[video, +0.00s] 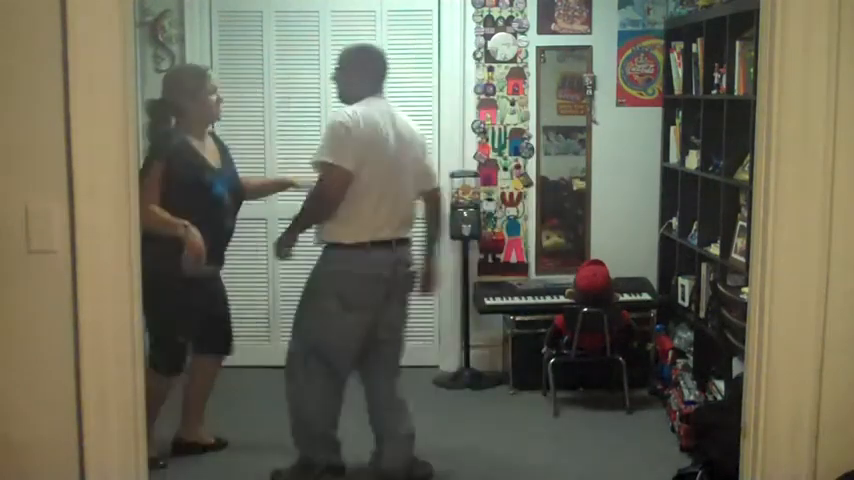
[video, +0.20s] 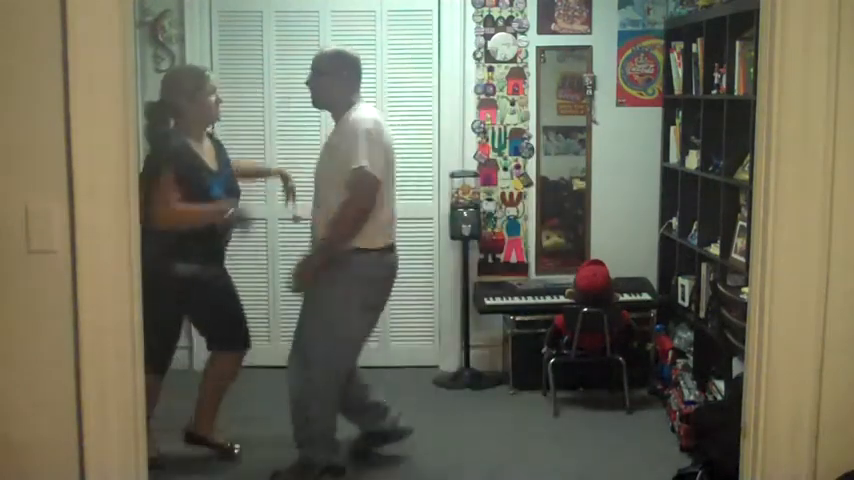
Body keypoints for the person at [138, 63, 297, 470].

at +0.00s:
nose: (220, 98)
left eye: (217, 91)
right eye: (211, 93)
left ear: (201, 101)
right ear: (186, 102)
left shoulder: (214, 144)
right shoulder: (166, 147)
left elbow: (235, 190)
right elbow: (144, 209)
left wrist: (282, 183)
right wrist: (185, 229)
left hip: (204, 267)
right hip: (166, 268)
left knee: (213, 344)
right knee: (168, 356)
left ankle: (191, 433)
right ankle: (142, 440)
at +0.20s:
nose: (218, 99)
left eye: (216, 92)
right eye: (210, 94)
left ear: (195, 103)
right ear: (185, 103)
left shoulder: (210, 142)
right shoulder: (166, 151)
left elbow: (225, 172)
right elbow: (162, 214)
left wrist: (275, 171)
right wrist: (217, 212)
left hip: (206, 266)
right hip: (166, 268)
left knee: (231, 343)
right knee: (153, 360)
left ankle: (202, 428)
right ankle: (139, 440)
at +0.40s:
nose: (227, 99)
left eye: (225, 92)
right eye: (218, 94)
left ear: (214, 98)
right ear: (194, 103)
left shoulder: (226, 137)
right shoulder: (187, 148)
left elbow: (262, 138)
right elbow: (220, 205)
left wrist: (298, 125)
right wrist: (256, 182)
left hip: (221, 267)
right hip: (179, 270)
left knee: (229, 354)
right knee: (193, 360)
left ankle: (207, 445)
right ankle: (145, 428)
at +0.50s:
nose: (238, 96)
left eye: (236, 89)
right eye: (229, 91)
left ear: (225, 97)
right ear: (204, 101)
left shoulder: (243, 134)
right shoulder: (192, 146)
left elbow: (280, 155)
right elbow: (213, 202)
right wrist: (262, 178)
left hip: (231, 258)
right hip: (193, 261)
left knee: (230, 350)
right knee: (224, 351)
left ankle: (207, 441)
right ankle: (203, 444)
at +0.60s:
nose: (251, 95)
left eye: (250, 88)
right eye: (242, 90)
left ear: (245, 95)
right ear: (216, 100)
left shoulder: (258, 136)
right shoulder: (205, 143)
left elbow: (293, 156)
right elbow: (203, 194)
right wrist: (249, 181)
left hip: (241, 260)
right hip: (204, 260)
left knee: (223, 357)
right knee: (256, 348)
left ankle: (206, 444)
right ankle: (267, 448)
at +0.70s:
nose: (269, 98)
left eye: (267, 91)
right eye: (260, 92)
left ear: (257, 99)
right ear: (235, 103)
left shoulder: (271, 138)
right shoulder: (220, 150)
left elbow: (288, 184)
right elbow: (197, 197)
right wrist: (212, 183)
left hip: (255, 264)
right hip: (223, 267)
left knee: (230, 360)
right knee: (283, 349)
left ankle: (207, 445)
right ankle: (310, 450)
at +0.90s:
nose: (307, 101)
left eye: (305, 94)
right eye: (298, 97)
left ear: (287, 104)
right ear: (273, 106)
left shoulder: (301, 148)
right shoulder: (259, 155)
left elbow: (323, 200)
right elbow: (240, 223)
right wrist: (243, 181)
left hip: (300, 271)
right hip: (266, 273)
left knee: (282, 365)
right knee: (312, 371)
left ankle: (221, 432)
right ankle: (303, 471)